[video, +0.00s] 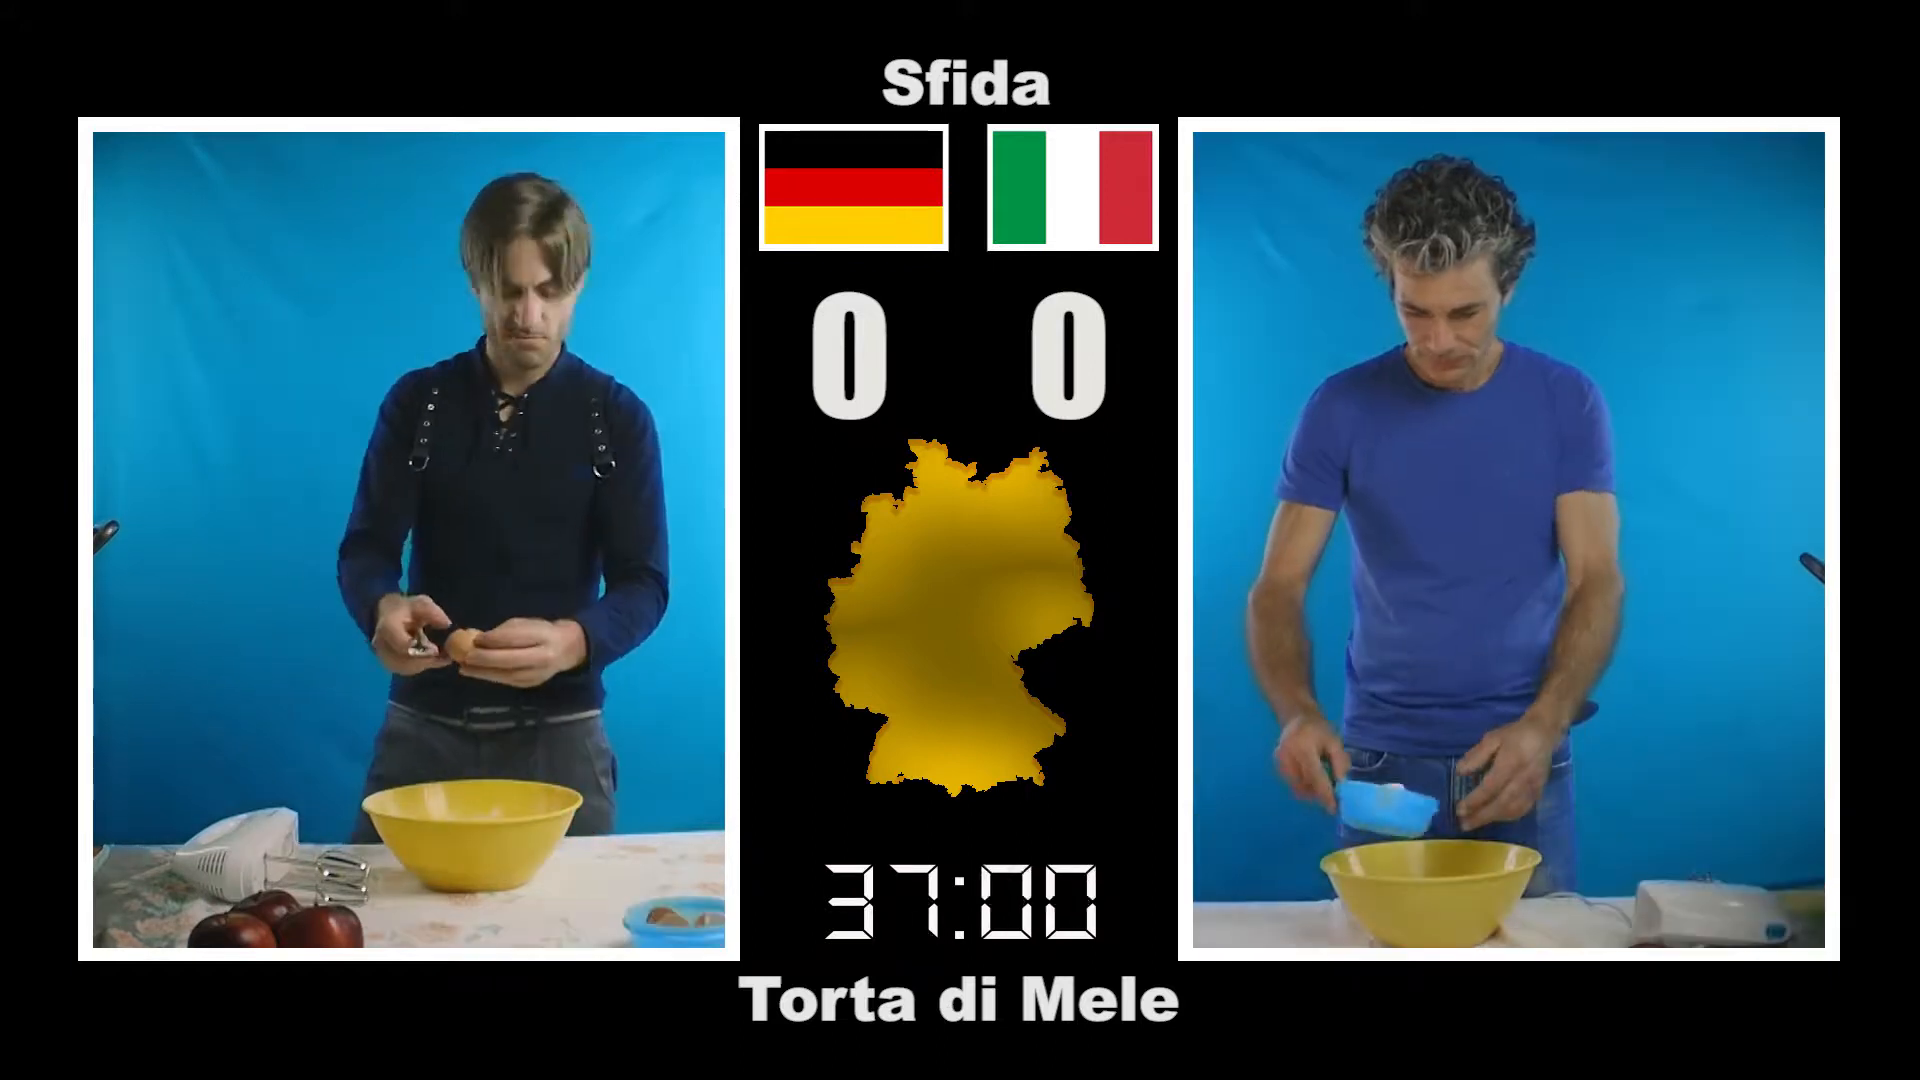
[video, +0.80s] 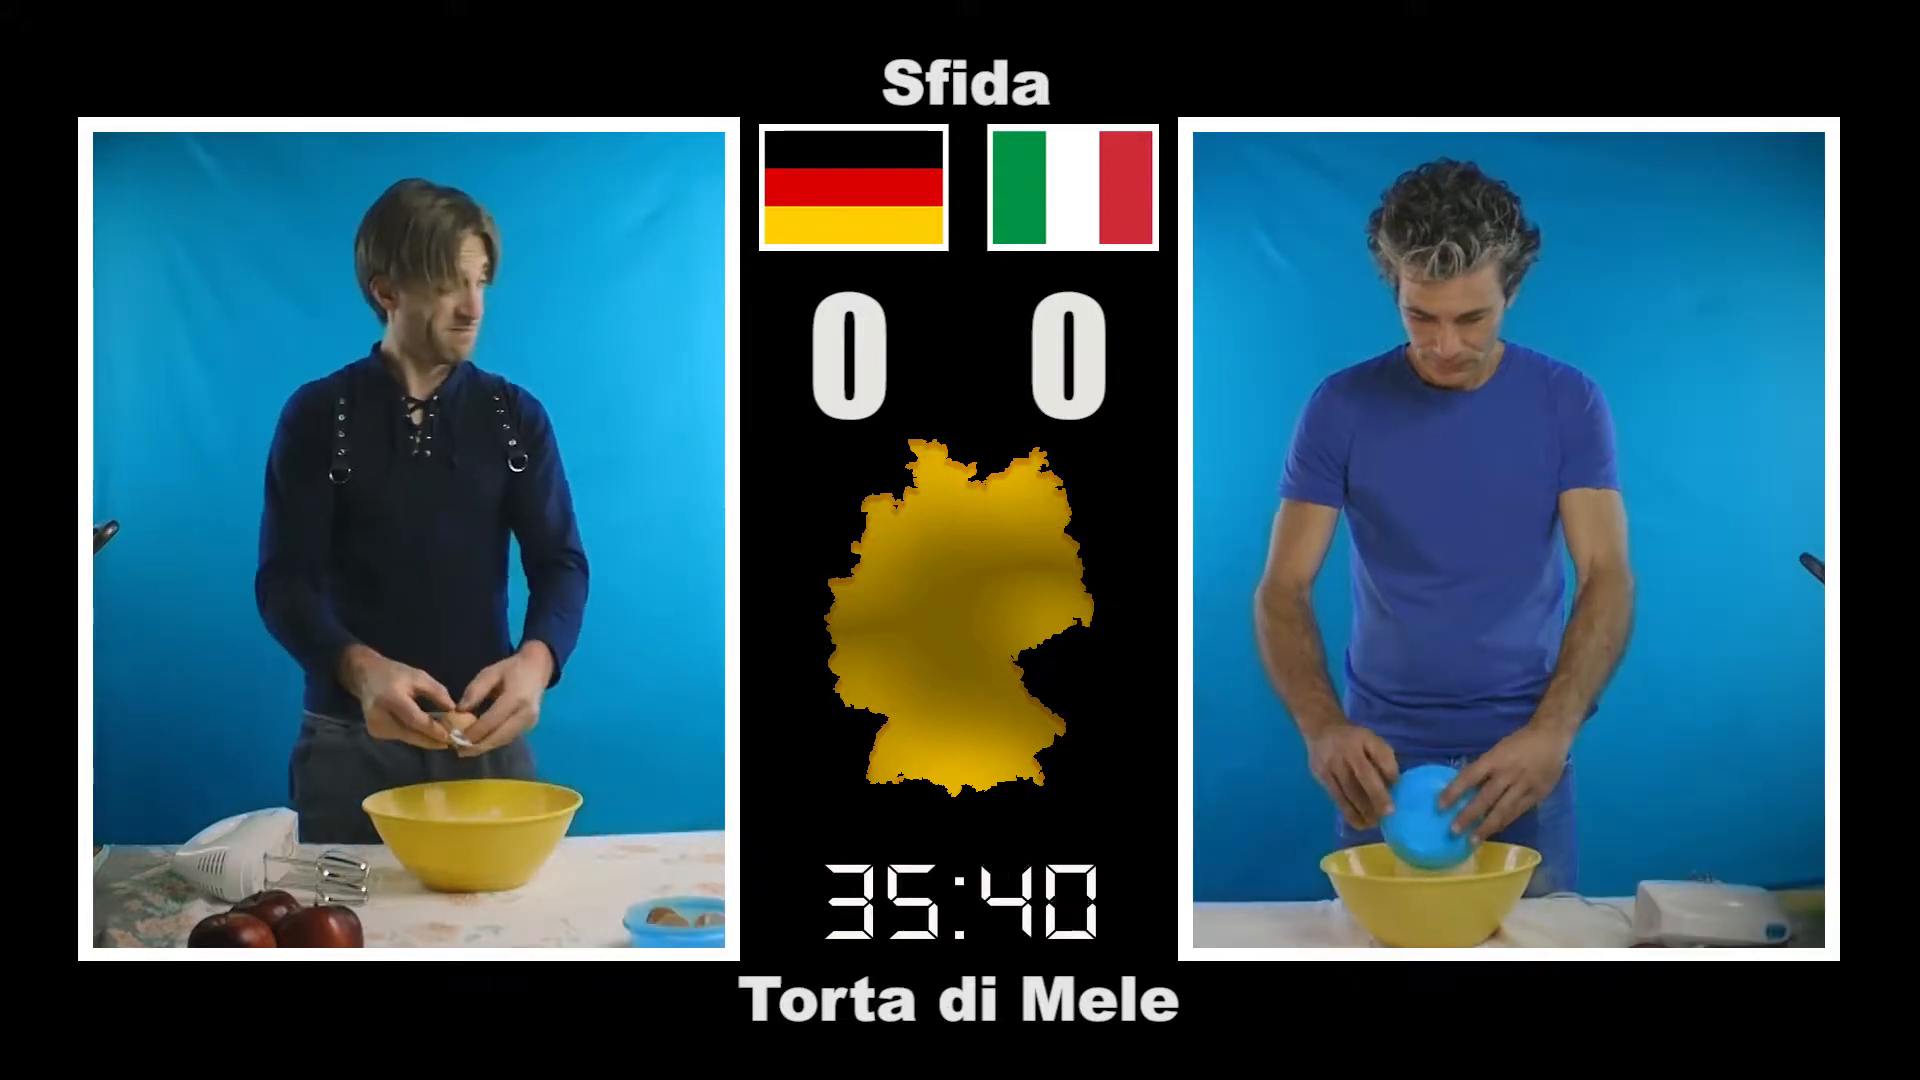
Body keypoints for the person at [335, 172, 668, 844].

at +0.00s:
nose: (527, 316)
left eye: (548, 291)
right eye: (507, 291)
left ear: (577, 285)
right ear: (476, 282)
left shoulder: (615, 418)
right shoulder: (417, 405)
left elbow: (643, 583)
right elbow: (367, 546)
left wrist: (574, 642)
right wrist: (380, 609)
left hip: (559, 746)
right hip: (425, 737)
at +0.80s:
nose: (471, 304)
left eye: (479, 284)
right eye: (447, 284)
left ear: (488, 284)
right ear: (385, 288)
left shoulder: (514, 419)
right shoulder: (318, 417)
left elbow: (559, 563)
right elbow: (284, 584)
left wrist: (537, 662)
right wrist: (363, 672)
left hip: (488, 751)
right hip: (355, 755)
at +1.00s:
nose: (423, 307)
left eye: (429, 285)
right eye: (399, 287)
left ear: (438, 282)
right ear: (334, 295)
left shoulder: (469, 409)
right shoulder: (276, 423)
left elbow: (523, 545)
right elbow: (256, 592)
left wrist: (519, 655)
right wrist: (358, 682)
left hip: (472, 747)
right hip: (339, 754)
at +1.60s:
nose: (471, 337)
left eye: (492, 315)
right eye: (453, 313)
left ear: (514, 305)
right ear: (416, 292)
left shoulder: (551, 417)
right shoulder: (351, 415)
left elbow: (587, 562)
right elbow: (321, 569)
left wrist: (538, 681)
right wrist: (372, 685)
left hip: (519, 733)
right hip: (385, 734)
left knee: (544, 933)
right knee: (364, 934)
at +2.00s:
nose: (486, 346)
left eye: (506, 325)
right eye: (468, 321)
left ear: (531, 314)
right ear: (432, 298)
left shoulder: (554, 426)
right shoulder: (359, 414)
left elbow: (578, 559)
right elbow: (330, 562)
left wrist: (527, 678)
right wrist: (365, 693)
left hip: (516, 738)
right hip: (383, 739)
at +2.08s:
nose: (484, 347)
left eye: (504, 325)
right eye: (466, 321)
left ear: (528, 315)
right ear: (428, 299)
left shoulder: (549, 427)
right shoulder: (354, 417)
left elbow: (574, 562)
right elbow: (327, 565)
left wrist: (528, 683)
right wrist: (365, 699)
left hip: (514, 739)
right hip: (382, 740)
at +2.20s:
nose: (473, 347)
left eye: (492, 325)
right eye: (455, 324)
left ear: (513, 315)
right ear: (415, 303)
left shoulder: (544, 424)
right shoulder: (350, 422)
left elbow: (578, 556)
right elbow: (327, 570)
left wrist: (549, 683)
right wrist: (372, 702)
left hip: (514, 741)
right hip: (380, 745)